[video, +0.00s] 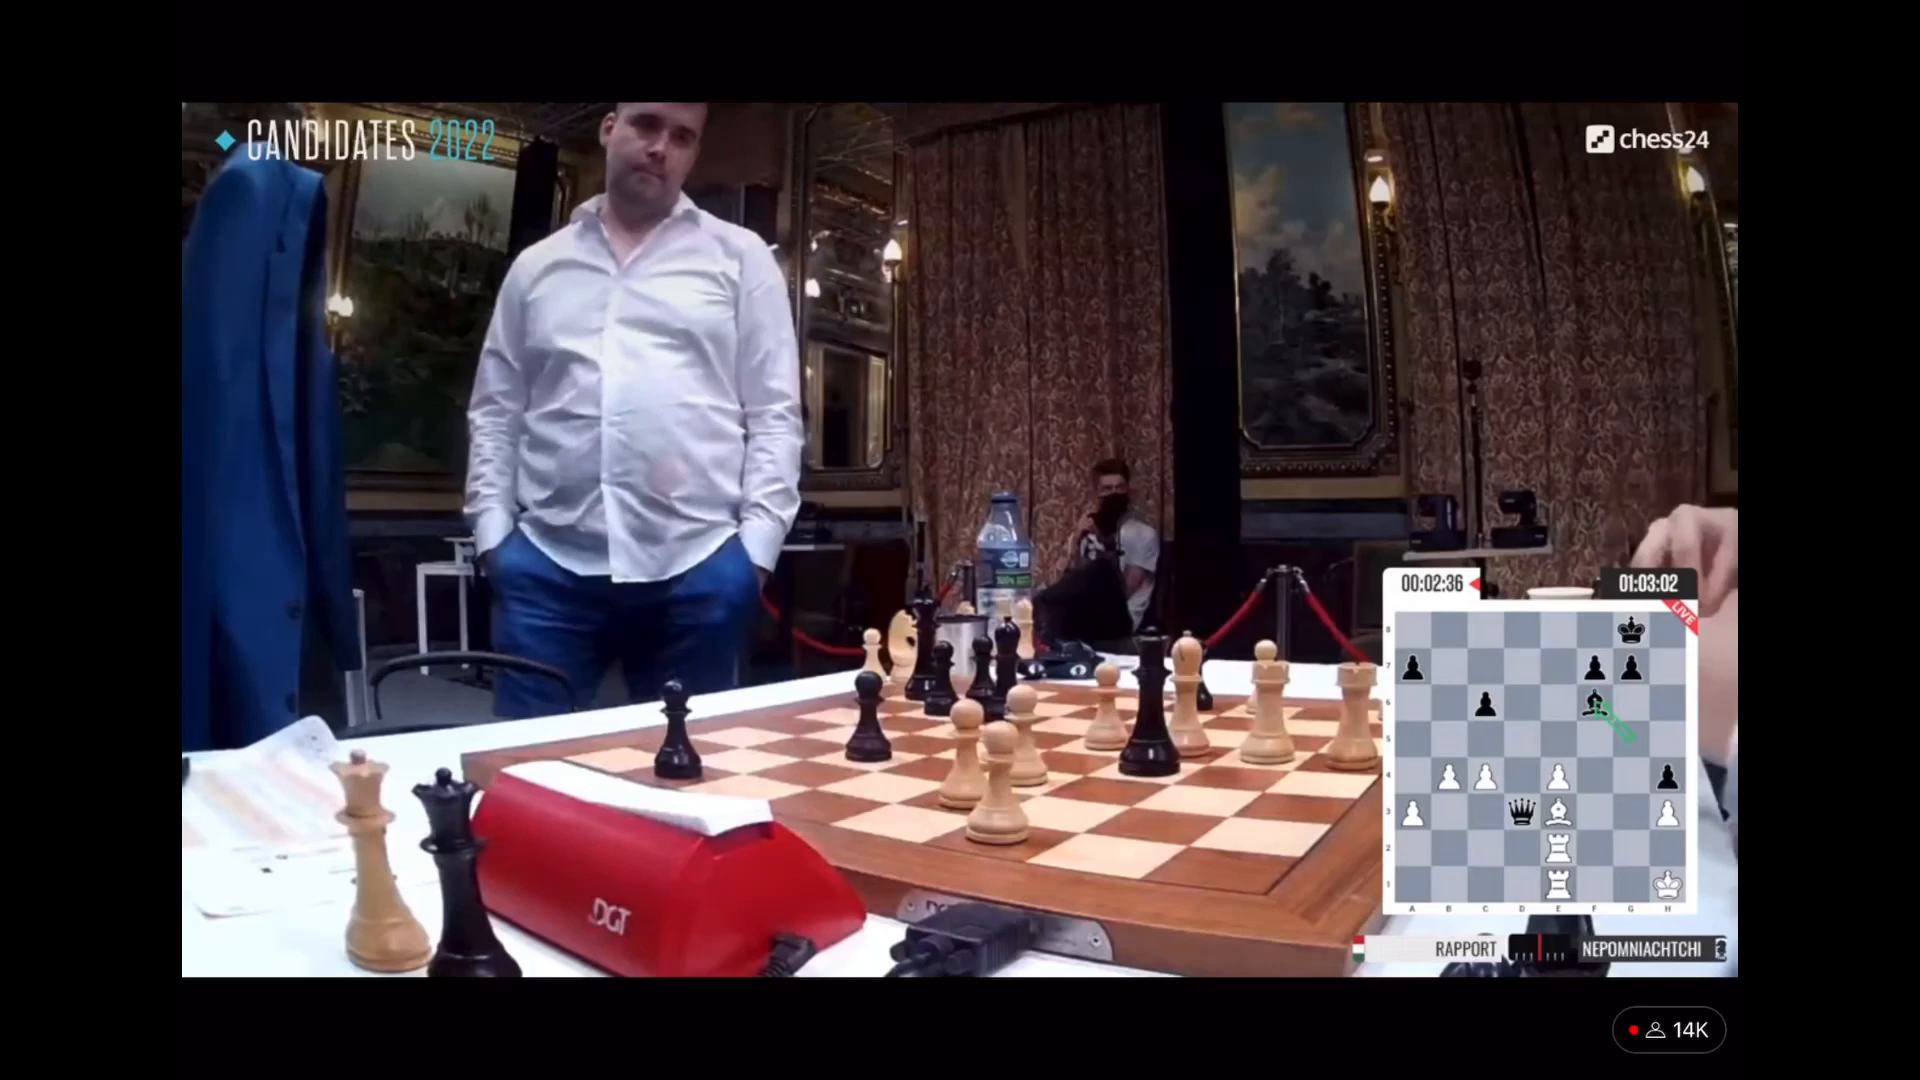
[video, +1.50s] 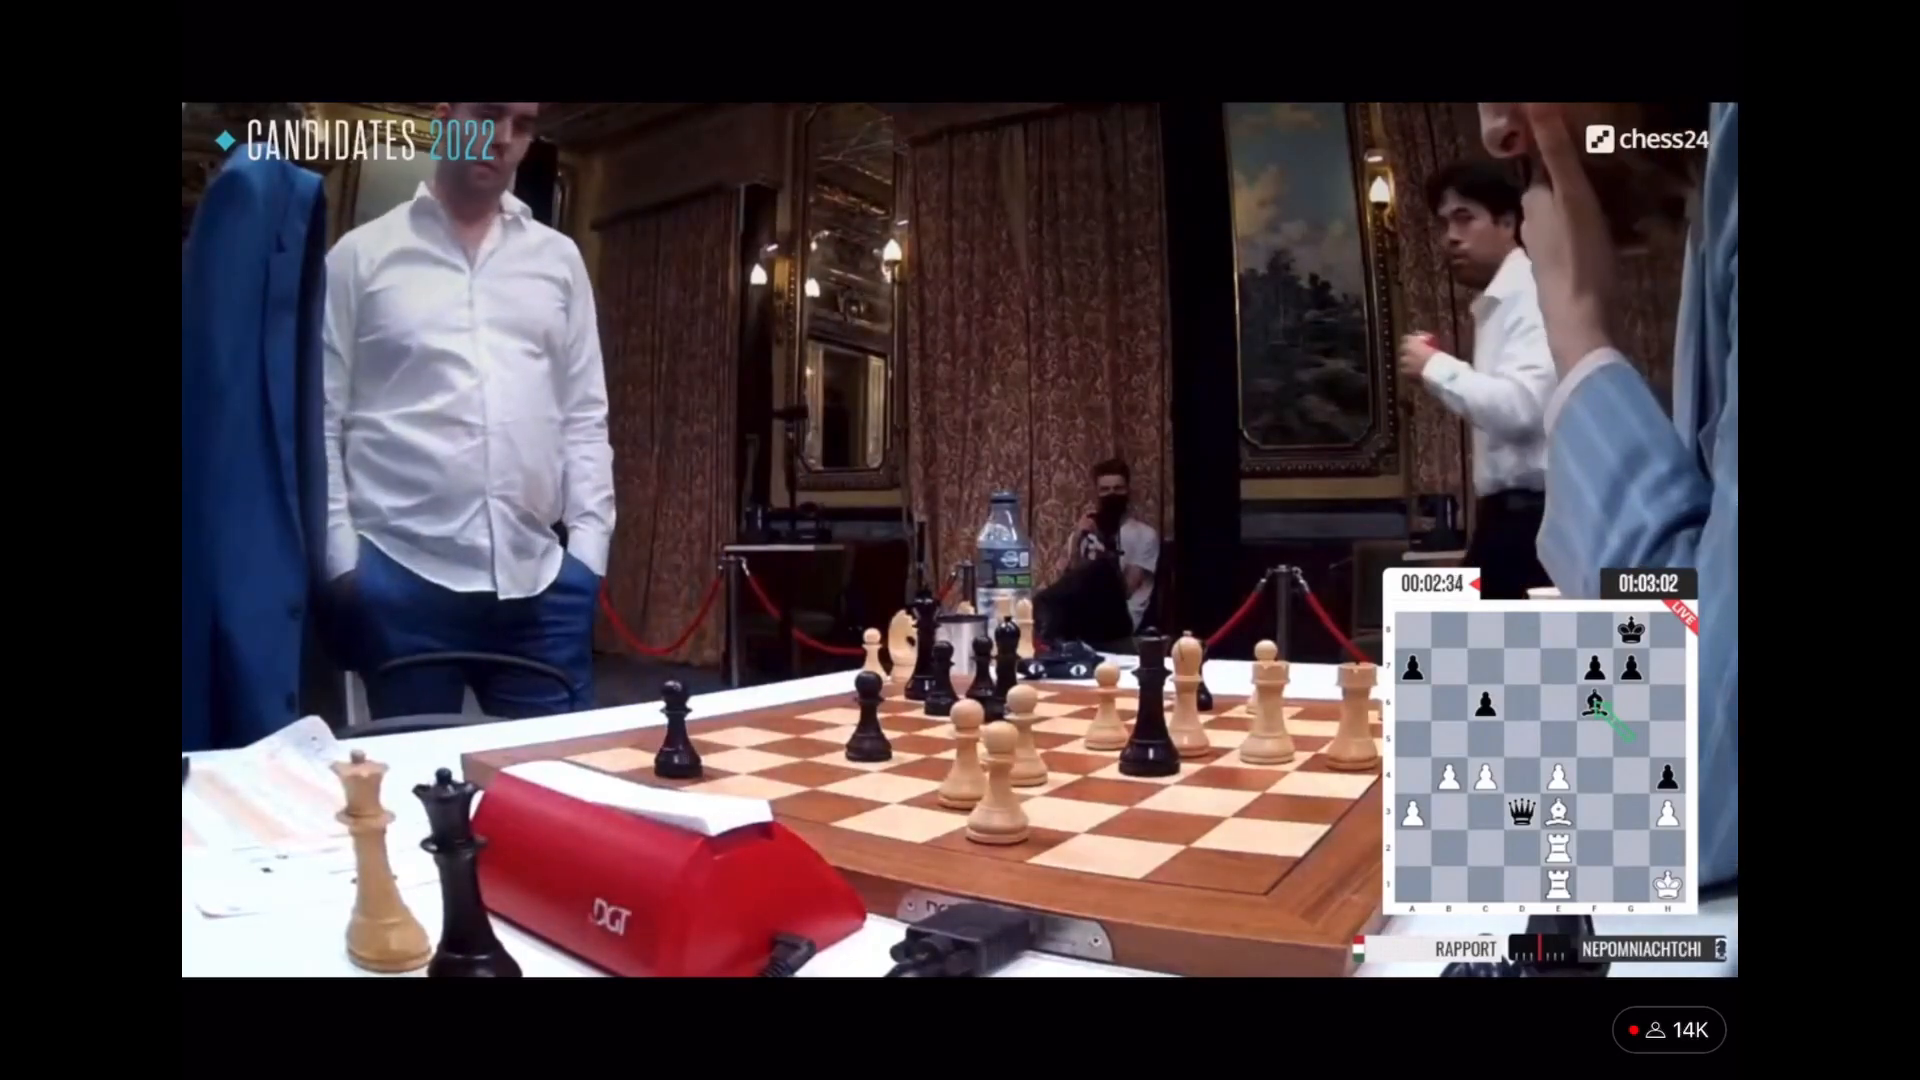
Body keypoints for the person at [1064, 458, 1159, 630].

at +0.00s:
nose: (1114, 494)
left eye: (1120, 487)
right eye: (1107, 488)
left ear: (1128, 489)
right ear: (1096, 492)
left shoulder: (1142, 534)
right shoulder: (1089, 529)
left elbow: (1127, 590)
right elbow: (1071, 578)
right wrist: (1076, 538)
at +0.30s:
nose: (1114, 494)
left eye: (1120, 488)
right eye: (1107, 489)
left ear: (1128, 489)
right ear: (1097, 492)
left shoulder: (1143, 534)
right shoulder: (1090, 529)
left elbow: (1127, 589)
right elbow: (1073, 578)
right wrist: (1076, 537)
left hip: (1122, 620)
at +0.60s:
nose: (1114, 495)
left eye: (1119, 488)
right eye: (1106, 489)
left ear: (1128, 490)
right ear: (1097, 492)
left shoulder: (1143, 534)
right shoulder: (1090, 529)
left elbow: (1127, 589)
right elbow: (1074, 578)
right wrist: (1076, 537)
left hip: (1123, 621)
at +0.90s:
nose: (1113, 495)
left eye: (1119, 489)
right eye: (1105, 490)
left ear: (1128, 490)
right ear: (1096, 492)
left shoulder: (1144, 534)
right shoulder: (1090, 529)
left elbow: (1127, 589)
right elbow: (1072, 577)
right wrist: (1076, 536)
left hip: (1123, 619)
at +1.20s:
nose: (1112, 495)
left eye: (1119, 489)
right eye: (1105, 489)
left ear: (1128, 490)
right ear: (1096, 492)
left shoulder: (1144, 534)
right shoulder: (1089, 528)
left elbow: (1127, 589)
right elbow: (1072, 576)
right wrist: (1076, 536)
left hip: (1123, 619)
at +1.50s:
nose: (1112, 495)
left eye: (1118, 489)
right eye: (1104, 490)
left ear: (1127, 491)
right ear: (1096, 492)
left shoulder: (1145, 535)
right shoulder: (1086, 530)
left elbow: (1126, 589)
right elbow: (1069, 578)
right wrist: (1076, 535)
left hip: (1123, 621)